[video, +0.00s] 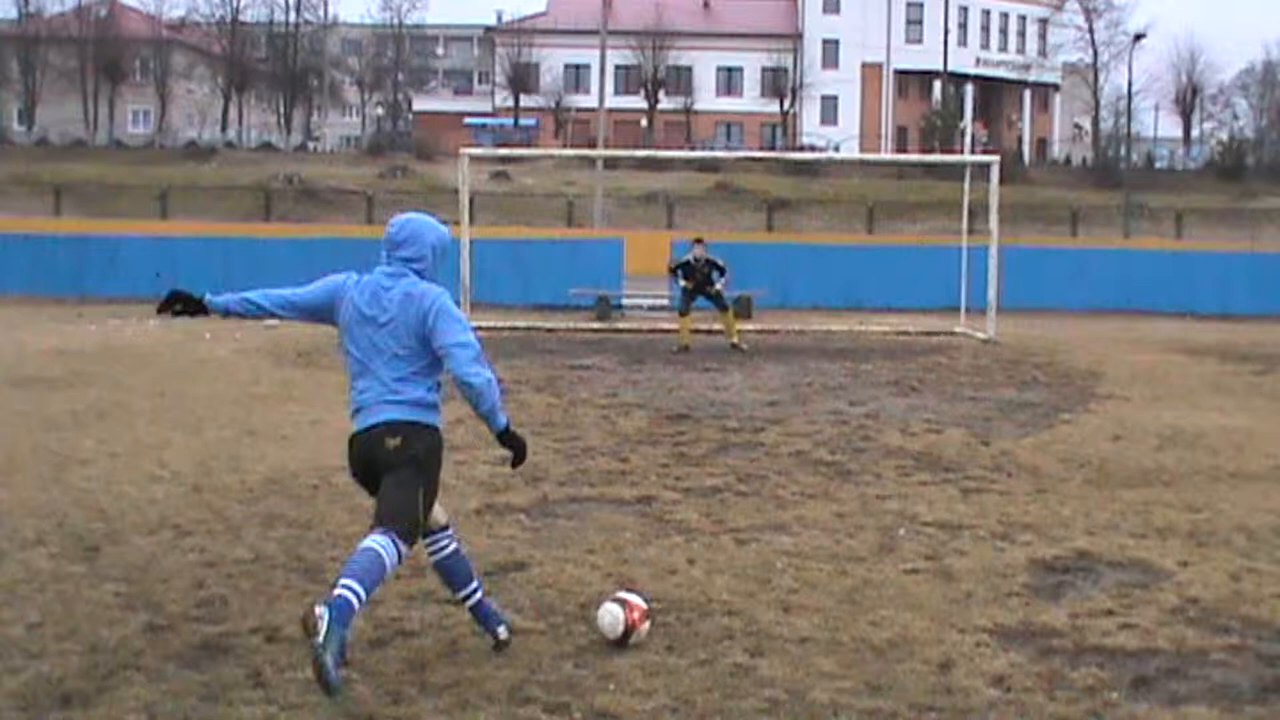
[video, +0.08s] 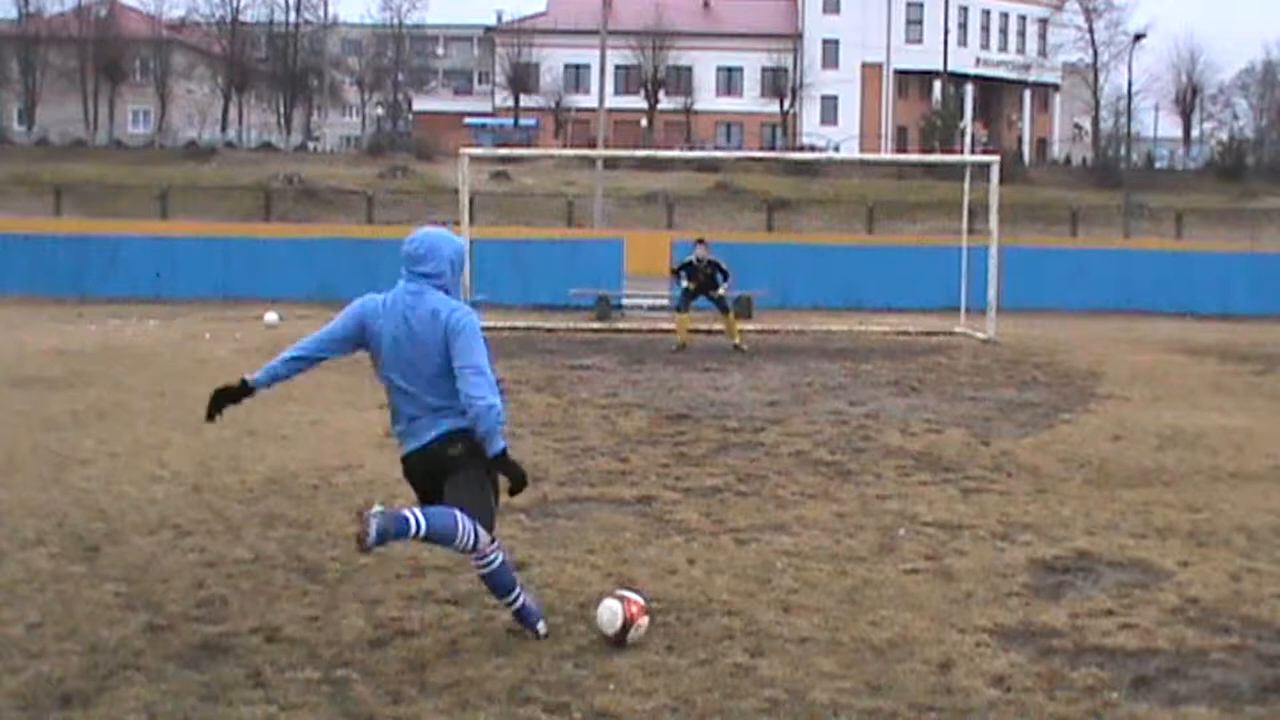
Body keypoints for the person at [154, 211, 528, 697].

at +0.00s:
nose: (440, 263)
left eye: (438, 255)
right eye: (439, 256)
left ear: (390, 249)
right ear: (428, 256)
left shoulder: (351, 289)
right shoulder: (432, 299)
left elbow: (280, 301)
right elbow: (467, 367)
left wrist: (209, 303)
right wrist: (502, 427)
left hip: (363, 442)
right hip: (414, 437)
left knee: (432, 523)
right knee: (393, 536)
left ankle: (490, 620)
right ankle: (336, 614)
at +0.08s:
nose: (461, 274)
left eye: (459, 265)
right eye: (459, 266)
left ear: (410, 264)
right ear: (449, 270)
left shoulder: (372, 309)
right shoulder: (457, 317)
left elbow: (309, 351)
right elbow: (477, 392)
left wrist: (249, 385)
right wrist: (501, 453)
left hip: (416, 456)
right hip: (461, 443)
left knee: (480, 542)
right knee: (475, 532)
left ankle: (529, 615)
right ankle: (393, 524)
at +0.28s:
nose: (486, 243)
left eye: (484, 237)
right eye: (484, 237)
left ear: (434, 240)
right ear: (476, 239)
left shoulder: (412, 294)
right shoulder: (490, 282)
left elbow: (443, 352)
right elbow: (527, 345)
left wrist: (503, 367)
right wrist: (564, 394)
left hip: (449, 426)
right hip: (499, 412)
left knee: (500, 511)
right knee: (549, 478)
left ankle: (540, 609)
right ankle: (602, 504)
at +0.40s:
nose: (506, 222)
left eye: (503, 215)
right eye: (502, 215)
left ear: (454, 217)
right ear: (492, 218)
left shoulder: (427, 260)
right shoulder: (503, 258)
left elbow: (484, 273)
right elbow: (567, 293)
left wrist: (541, 257)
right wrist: (634, 310)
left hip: (452, 393)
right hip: (504, 381)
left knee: (499, 492)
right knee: (505, 310)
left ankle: (533, 596)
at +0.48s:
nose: (504, 216)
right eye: (502, 209)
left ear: (455, 208)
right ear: (496, 210)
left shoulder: (427, 249)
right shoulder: (510, 248)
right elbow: (574, 271)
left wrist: (523, 251)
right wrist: (636, 275)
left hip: (460, 383)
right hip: (511, 370)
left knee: (501, 482)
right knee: (514, 330)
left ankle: (532, 586)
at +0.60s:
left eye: (454, 209)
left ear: (454, 213)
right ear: (496, 214)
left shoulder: (433, 258)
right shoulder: (516, 251)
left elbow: (435, 296)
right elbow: (574, 263)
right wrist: (621, 251)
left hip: (477, 386)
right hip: (522, 371)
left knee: (496, 488)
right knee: (472, 353)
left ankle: (515, 584)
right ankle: (434, 376)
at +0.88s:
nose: (447, 232)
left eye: (448, 226)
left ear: (452, 230)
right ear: (490, 224)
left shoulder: (458, 278)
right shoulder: (511, 264)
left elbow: (425, 328)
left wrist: (382, 368)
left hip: (467, 400)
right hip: (505, 393)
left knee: (457, 488)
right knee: (476, 475)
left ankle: (508, 574)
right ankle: (480, 561)